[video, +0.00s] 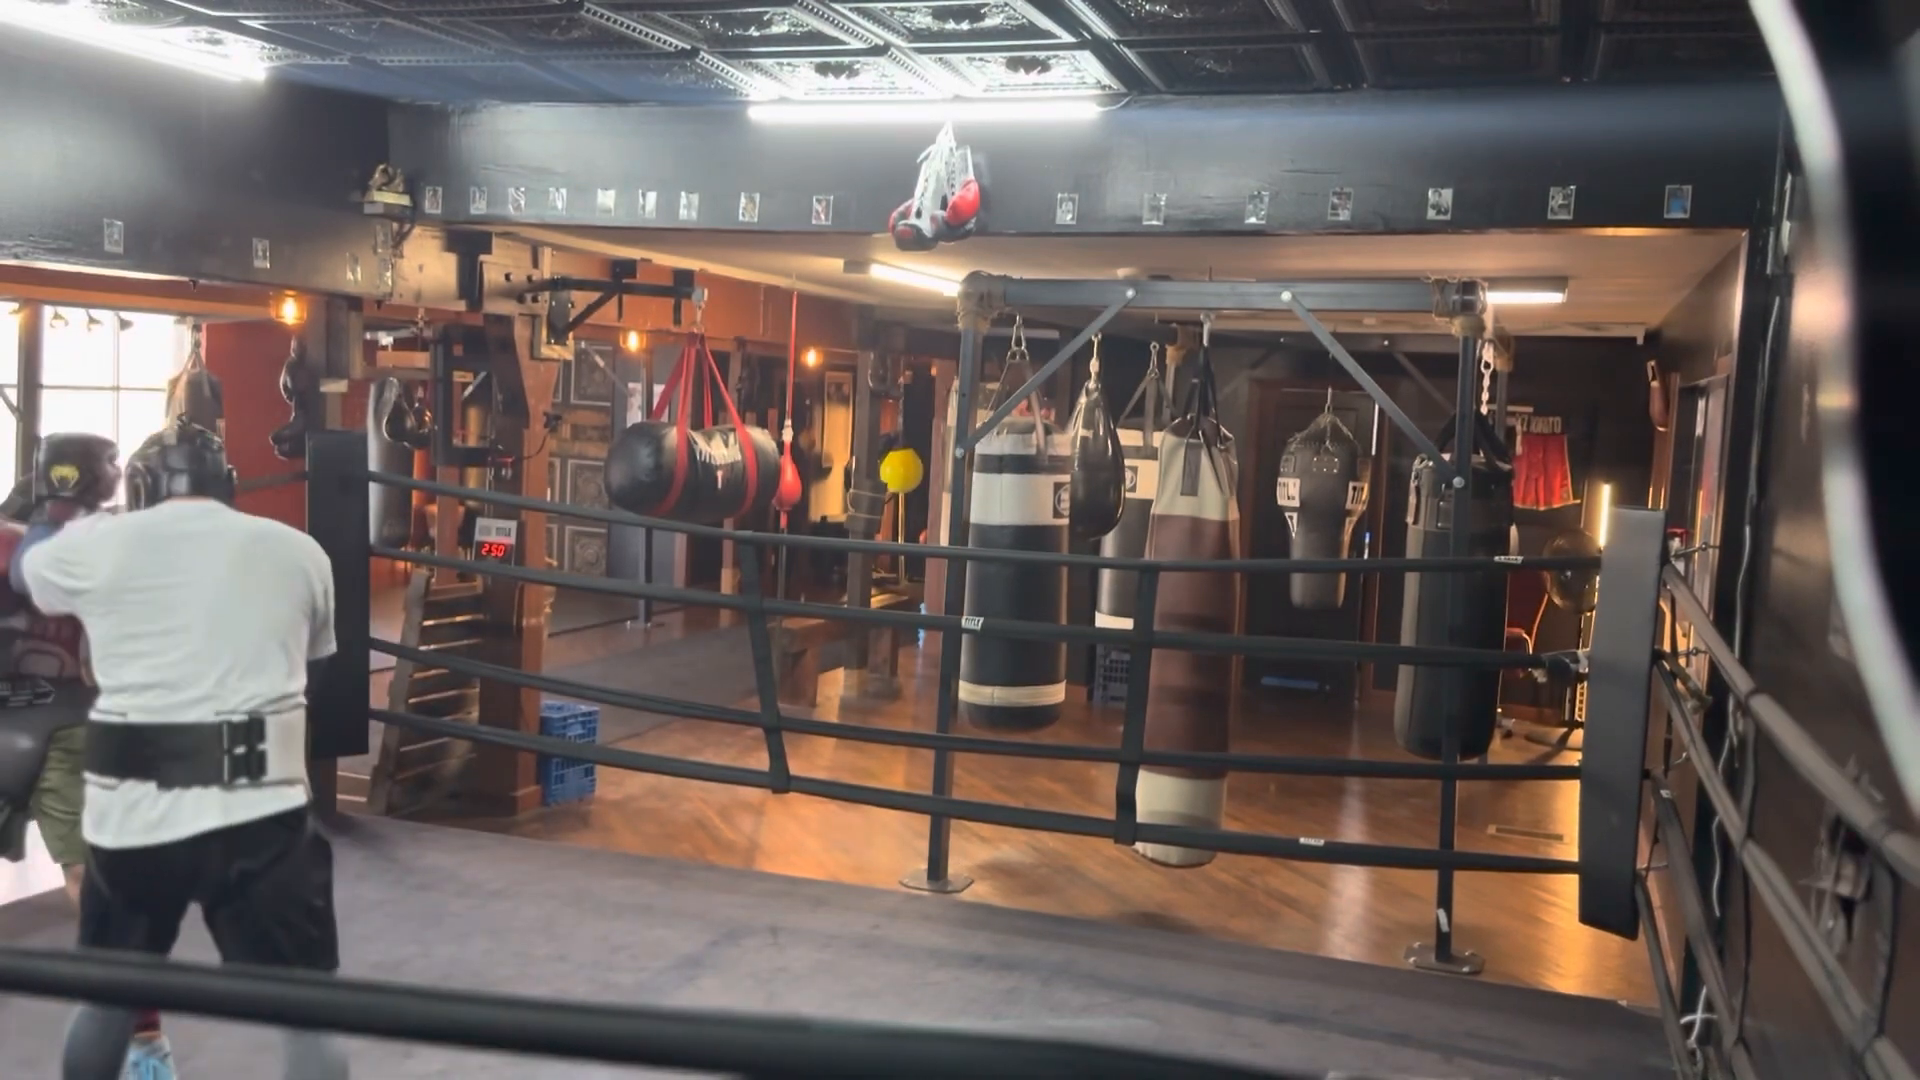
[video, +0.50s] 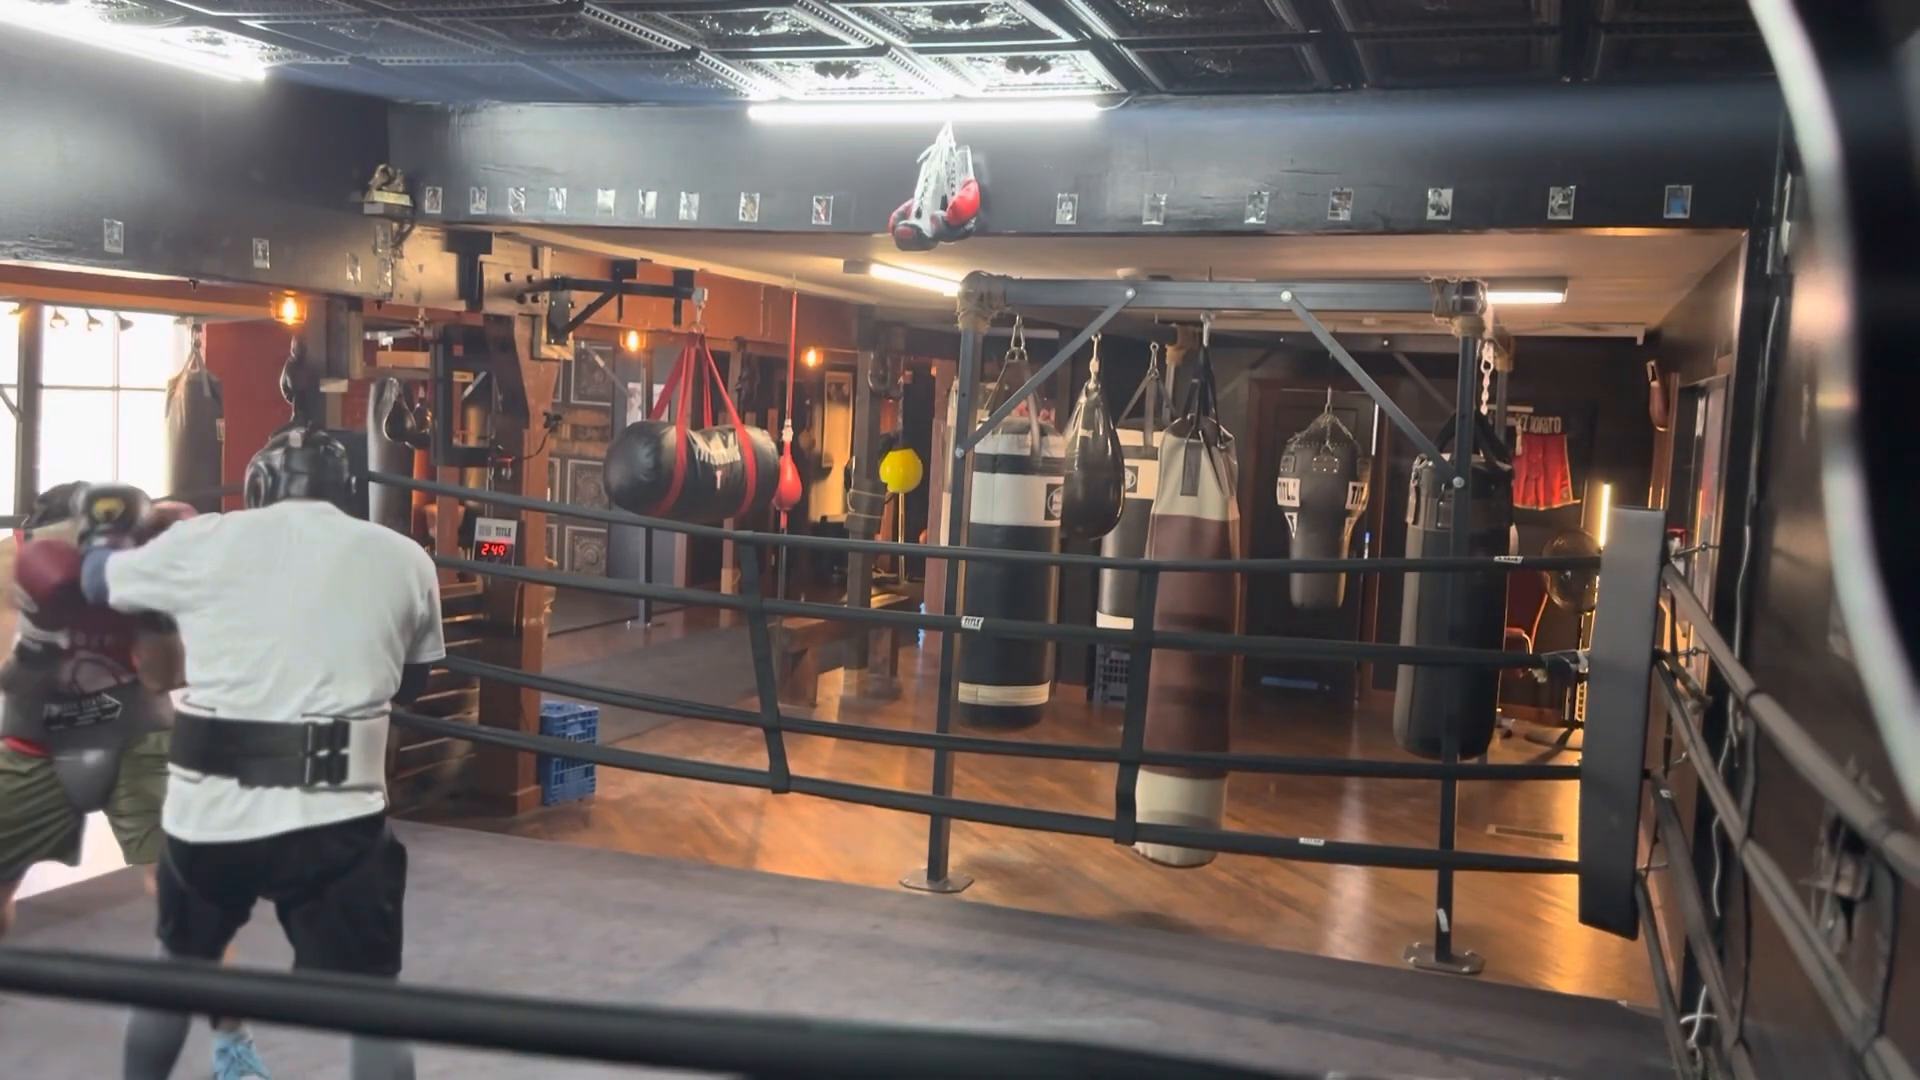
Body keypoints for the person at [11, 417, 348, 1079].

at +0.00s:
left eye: (133, 485)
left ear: (142, 488)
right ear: (227, 484)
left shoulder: (106, 545)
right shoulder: (296, 550)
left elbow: (31, 568)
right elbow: (318, 644)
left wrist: (77, 517)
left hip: (135, 823)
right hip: (265, 820)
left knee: (107, 996)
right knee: (307, 1012)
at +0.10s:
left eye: (149, 481)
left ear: (155, 485)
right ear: (237, 483)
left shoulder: (107, 542)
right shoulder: (305, 548)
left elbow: (50, 532)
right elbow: (324, 645)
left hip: (136, 814)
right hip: (270, 812)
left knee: (108, 990)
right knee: (321, 1003)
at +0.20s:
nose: (165, 488)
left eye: (170, 480)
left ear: (176, 485)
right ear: (261, 486)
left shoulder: (131, 540)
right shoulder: (326, 553)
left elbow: (63, 540)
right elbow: (340, 662)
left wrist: (71, 503)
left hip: (148, 817)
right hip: (282, 815)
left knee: (116, 992)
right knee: (341, 1003)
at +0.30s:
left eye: (205, 490)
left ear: (209, 492)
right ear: (296, 494)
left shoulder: (163, 550)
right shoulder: (360, 565)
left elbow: (89, 617)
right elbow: (370, 676)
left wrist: (99, 548)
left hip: (172, 828)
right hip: (302, 828)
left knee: (130, 990)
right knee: (356, 1008)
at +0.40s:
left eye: (236, 493)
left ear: (244, 494)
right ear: (329, 496)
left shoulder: (187, 557)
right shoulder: (390, 569)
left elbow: (97, 641)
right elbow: (397, 691)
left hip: (194, 829)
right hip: (325, 833)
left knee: (152, 985)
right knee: (374, 1014)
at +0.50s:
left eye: (254, 482)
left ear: (260, 486)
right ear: (348, 488)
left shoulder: (206, 542)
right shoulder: (403, 557)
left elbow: (98, 576)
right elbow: (413, 675)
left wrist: (121, 532)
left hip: (211, 824)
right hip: (339, 828)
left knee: (176, 976)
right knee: (375, 1011)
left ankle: (139, 1076)